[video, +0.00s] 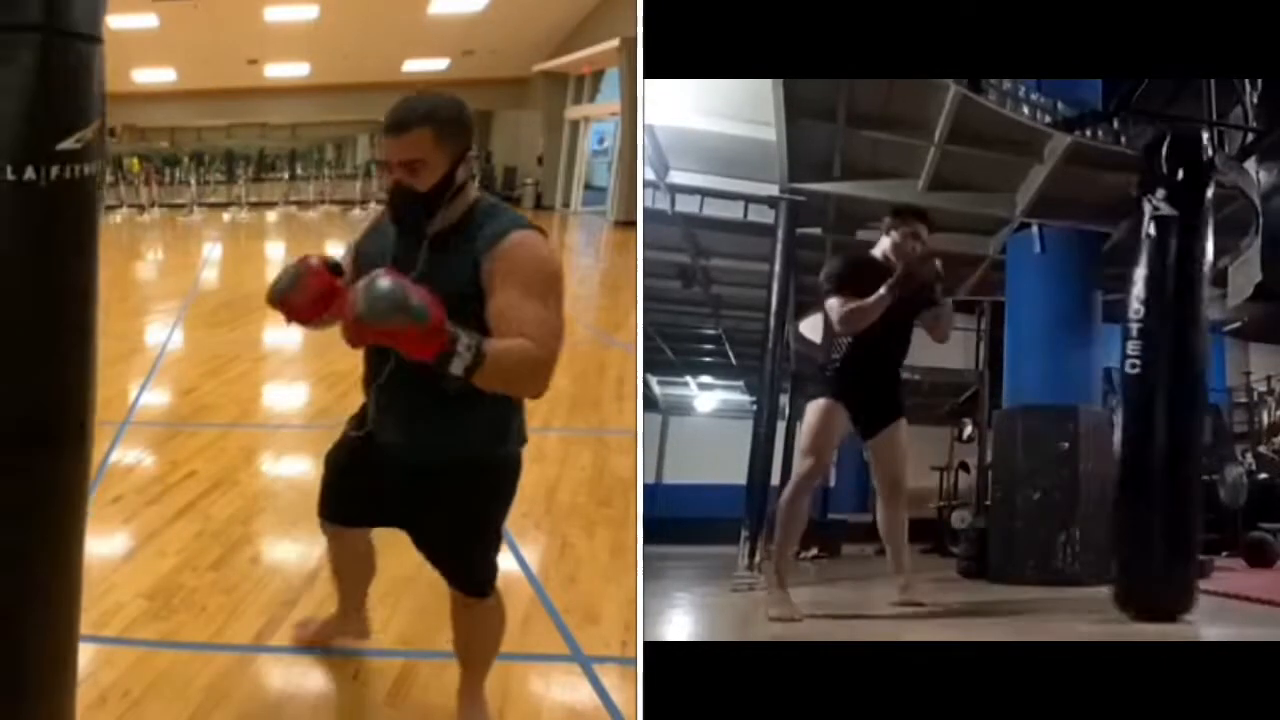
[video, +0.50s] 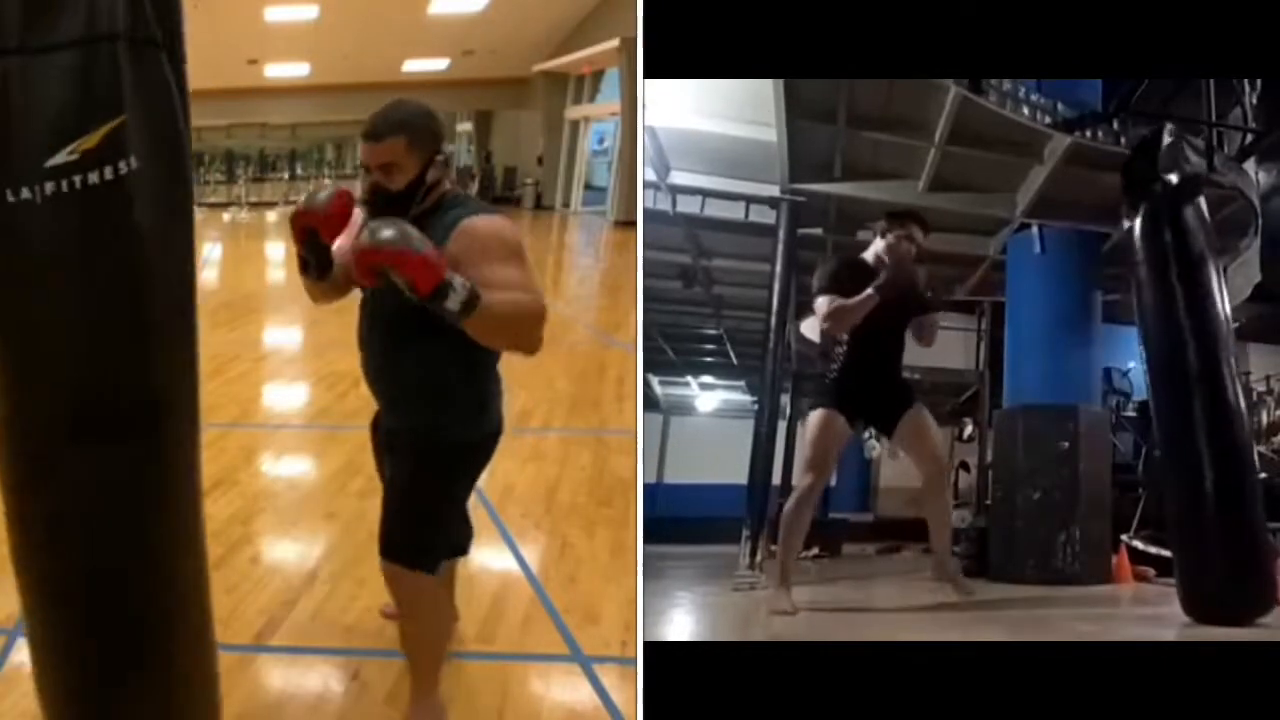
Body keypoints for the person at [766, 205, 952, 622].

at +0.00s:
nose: (913, 245)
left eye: (919, 240)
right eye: (908, 236)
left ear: (924, 248)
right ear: (886, 235)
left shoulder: (916, 283)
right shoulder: (849, 267)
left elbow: (940, 333)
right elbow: (841, 322)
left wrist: (934, 284)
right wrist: (890, 287)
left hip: (884, 390)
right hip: (838, 383)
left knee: (893, 488)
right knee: (810, 470)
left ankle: (904, 584)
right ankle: (776, 587)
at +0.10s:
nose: (922, 252)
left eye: (929, 248)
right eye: (917, 242)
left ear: (931, 254)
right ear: (896, 237)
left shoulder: (919, 289)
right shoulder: (857, 267)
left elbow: (946, 333)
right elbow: (837, 315)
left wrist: (932, 286)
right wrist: (887, 290)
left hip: (885, 387)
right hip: (840, 378)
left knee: (894, 488)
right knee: (814, 463)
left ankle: (904, 583)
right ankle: (781, 578)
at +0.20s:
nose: (921, 251)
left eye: (928, 247)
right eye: (917, 241)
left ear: (931, 252)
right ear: (897, 236)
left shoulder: (917, 288)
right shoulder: (853, 265)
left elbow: (941, 340)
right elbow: (837, 307)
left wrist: (930, 291)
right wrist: (885, 270)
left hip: (891, 396)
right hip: (844, 388)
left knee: (898, 490)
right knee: (813, 471)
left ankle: (904, 584)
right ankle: (782, 578)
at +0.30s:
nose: (916, 251)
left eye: (923, 247)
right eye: (912, 240)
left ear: (925, 254)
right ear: (891, 235)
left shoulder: (913, 288)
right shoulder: (850, 266)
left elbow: (934, 341)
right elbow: (838, 308)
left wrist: (929, 294)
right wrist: (885, 277)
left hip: (890, 395)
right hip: (843, 390)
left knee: (904, 489)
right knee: (812, 480)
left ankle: (905, 584)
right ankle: (780, 583)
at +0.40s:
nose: (905, 248)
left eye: (913, 244)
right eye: (900, 238)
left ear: (915, 254)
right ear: (878, 237)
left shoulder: (903, 290)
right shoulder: (843, 270)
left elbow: (920, 343)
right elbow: (834, 319)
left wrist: (924, 309)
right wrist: (887, 292)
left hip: (888, 391)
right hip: (840, 388)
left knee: (936, 474)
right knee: (810, 482)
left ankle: (925, 567)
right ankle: (781, 583)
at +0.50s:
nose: (906, 249)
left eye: (914, 245)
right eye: (902, 239)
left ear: (917, 253)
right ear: (879, 237)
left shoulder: (907, 285)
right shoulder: (844, 270)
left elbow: (925, 337)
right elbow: (829, 322)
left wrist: (921, 290)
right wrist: (878, 287)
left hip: (889, 390)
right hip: (841, 388)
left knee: (937, 469)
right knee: (811, 480)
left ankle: (943, 566)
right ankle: (781, 582)